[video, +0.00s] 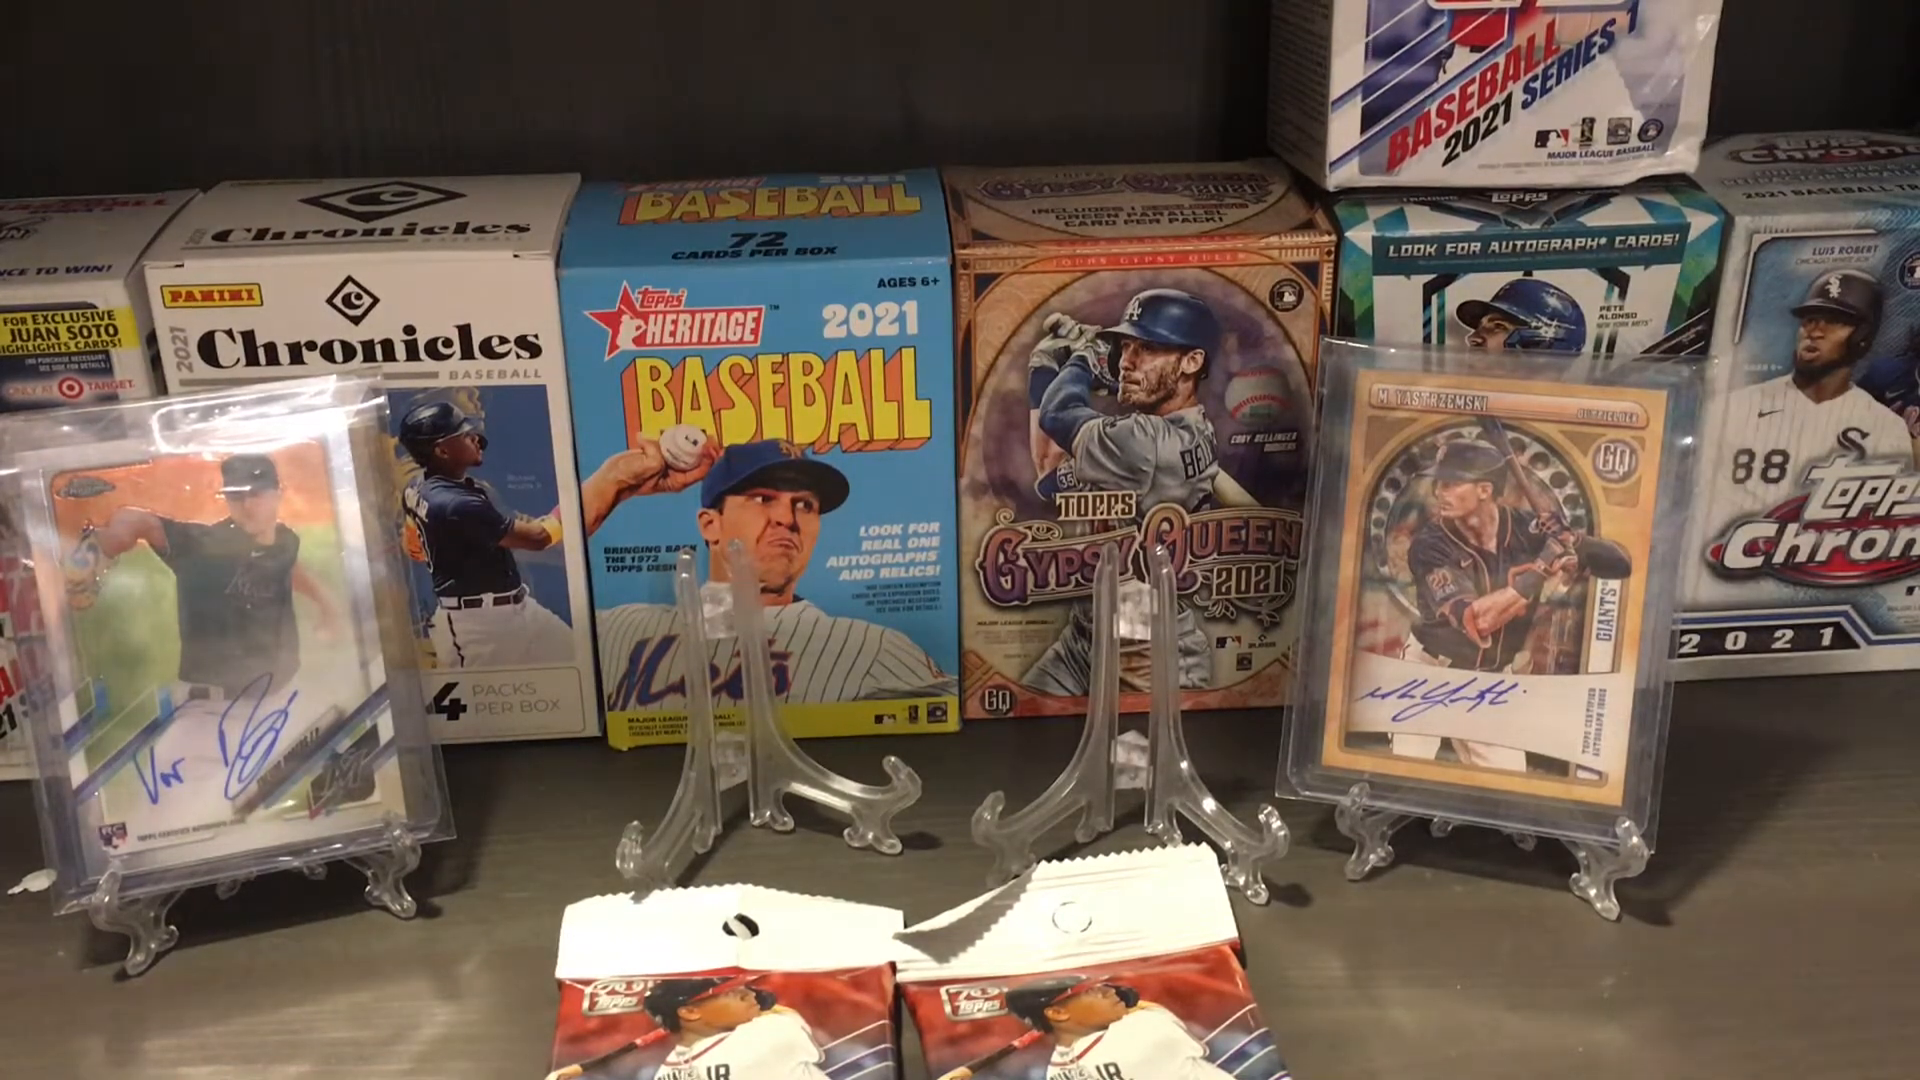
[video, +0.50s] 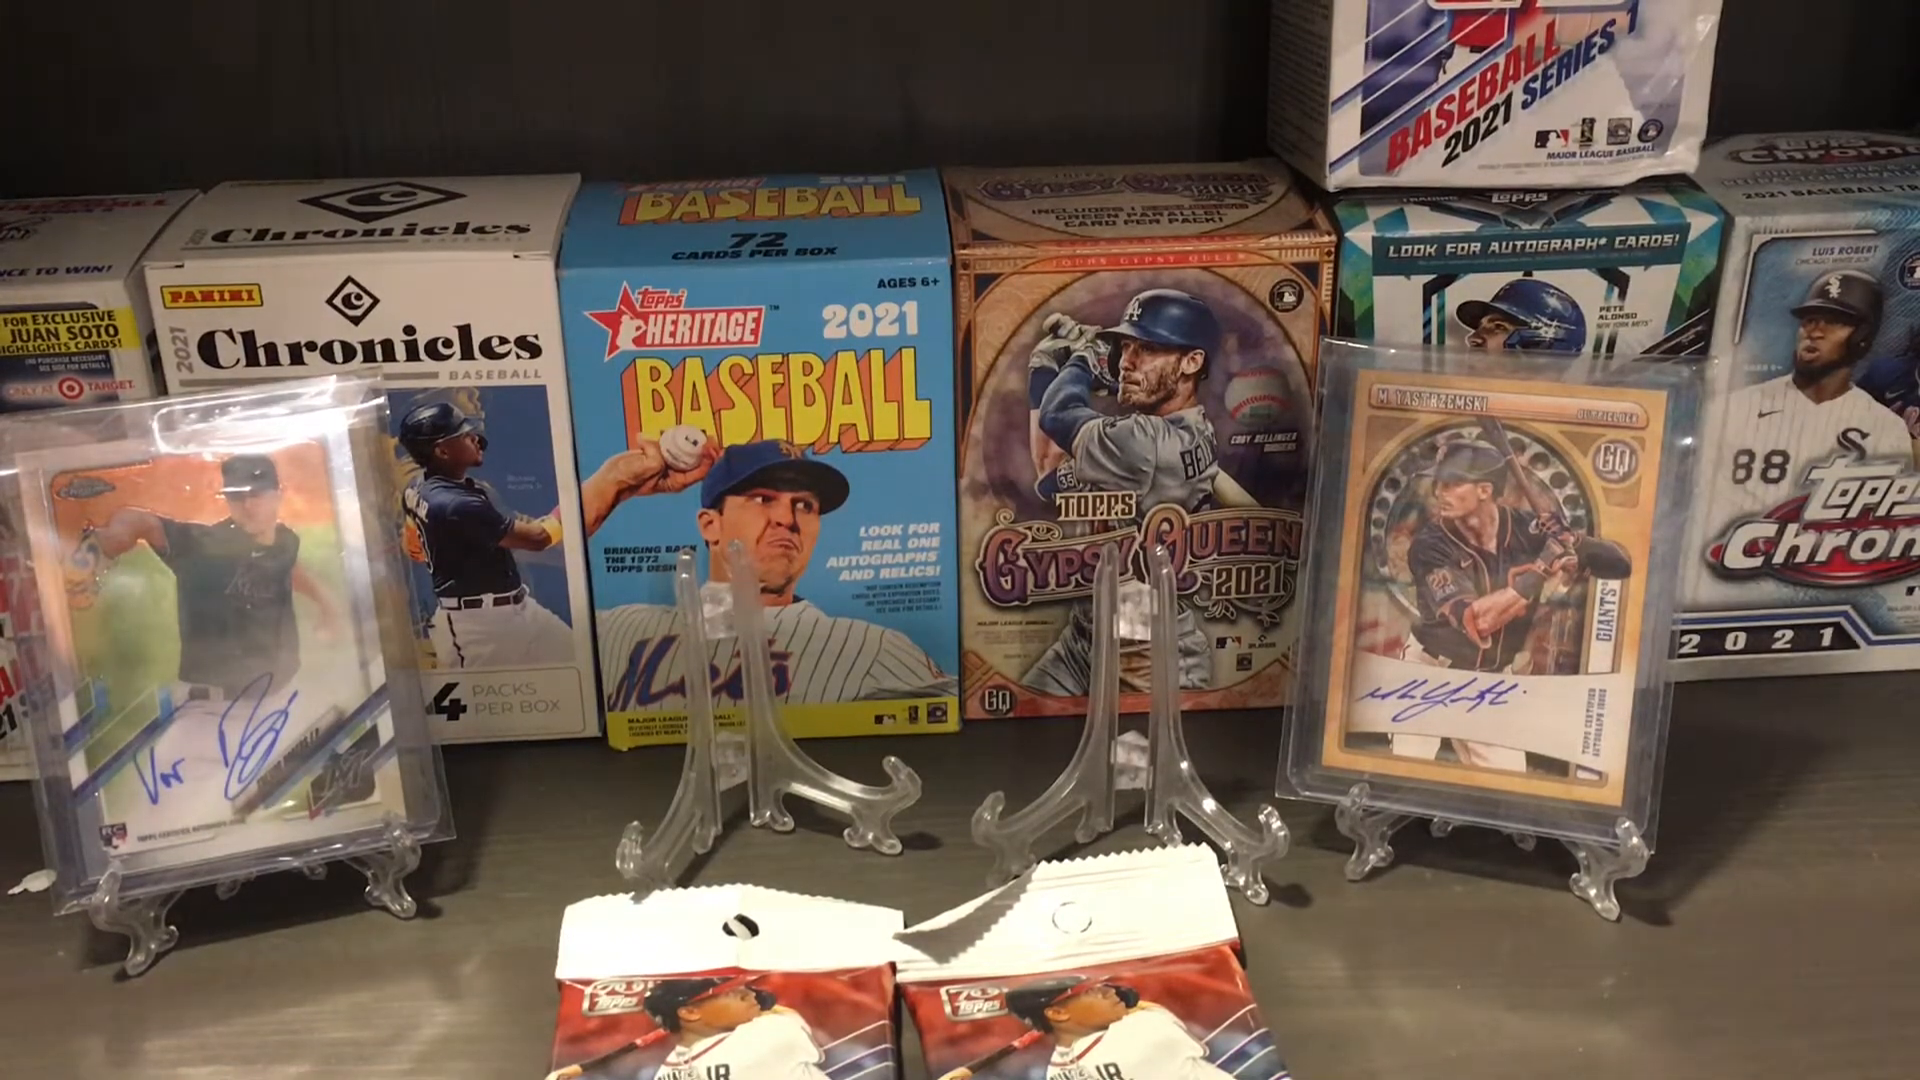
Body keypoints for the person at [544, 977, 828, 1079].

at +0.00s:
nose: (744, 993)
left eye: (734, 986)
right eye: (726, 993)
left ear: (690, 1015)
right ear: (691, 1014)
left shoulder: (666, 1072)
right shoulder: (778, 1034)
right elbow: (780, 1008)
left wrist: (579, 1071)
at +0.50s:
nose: (743, 992)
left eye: (733, 986)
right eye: (726, 992)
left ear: (690, 1015)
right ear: (692, 1014)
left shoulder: (666, 1071)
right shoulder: (779, 1033)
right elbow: (780, 1009)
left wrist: (580, 1071)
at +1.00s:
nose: (746, 993)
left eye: (737, 986)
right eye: (728, 993)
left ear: (689, 1015)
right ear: (691, 1015)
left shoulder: (664, 1072)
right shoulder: (779, 1033)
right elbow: (777, 1007)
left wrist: (578, 1072)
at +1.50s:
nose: (746, 993)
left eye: (737, 987)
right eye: (728, 993)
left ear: (689, 1015)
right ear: (691, 1015)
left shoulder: (665, 1072)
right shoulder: (780, 1033)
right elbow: (777, 1007)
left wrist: (578, 1072)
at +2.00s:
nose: (746, 994)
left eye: (739, 987)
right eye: (730, 994)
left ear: (689, 1015)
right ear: (692, 1015)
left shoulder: (665, 1071)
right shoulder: (778, 1034)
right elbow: (779, 1008)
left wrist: (578, 1072)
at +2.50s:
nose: (746, 993)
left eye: (737, 986)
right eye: (728, 993)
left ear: (690, 1015)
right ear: (692, 1015)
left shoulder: (666, 1071)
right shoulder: (779, 1033)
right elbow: (779, 1008)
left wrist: (579, 1071)